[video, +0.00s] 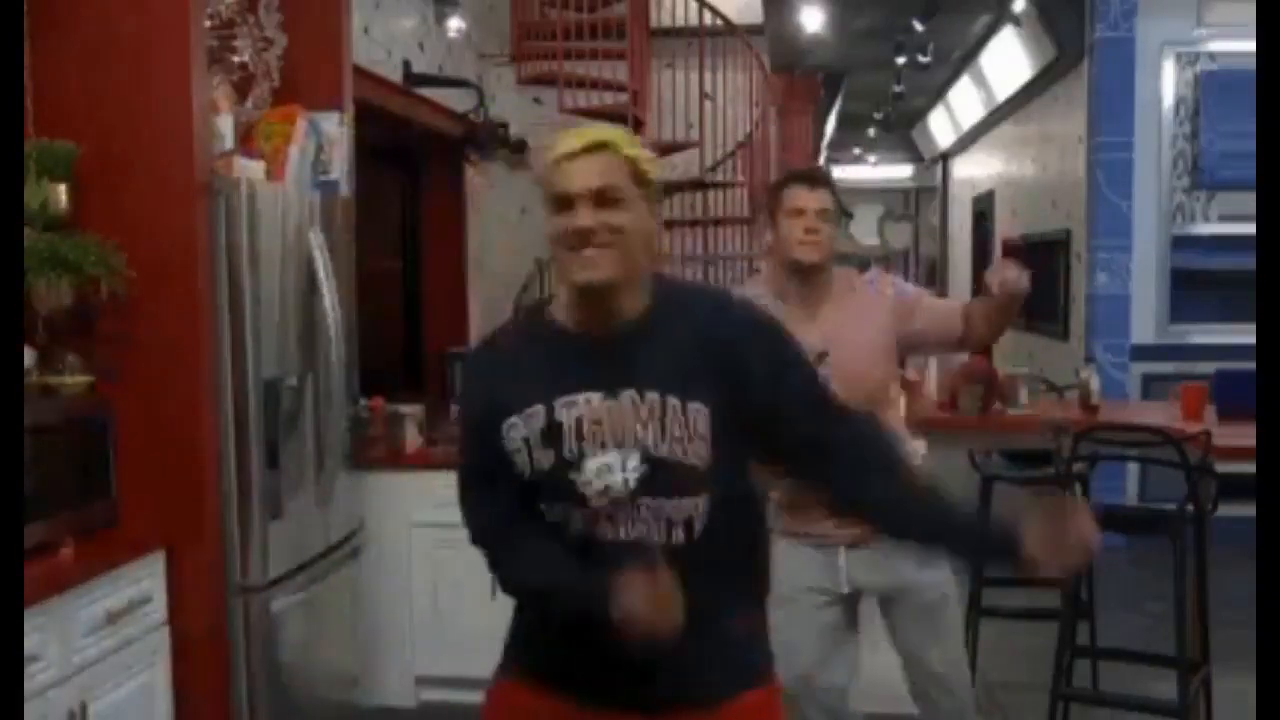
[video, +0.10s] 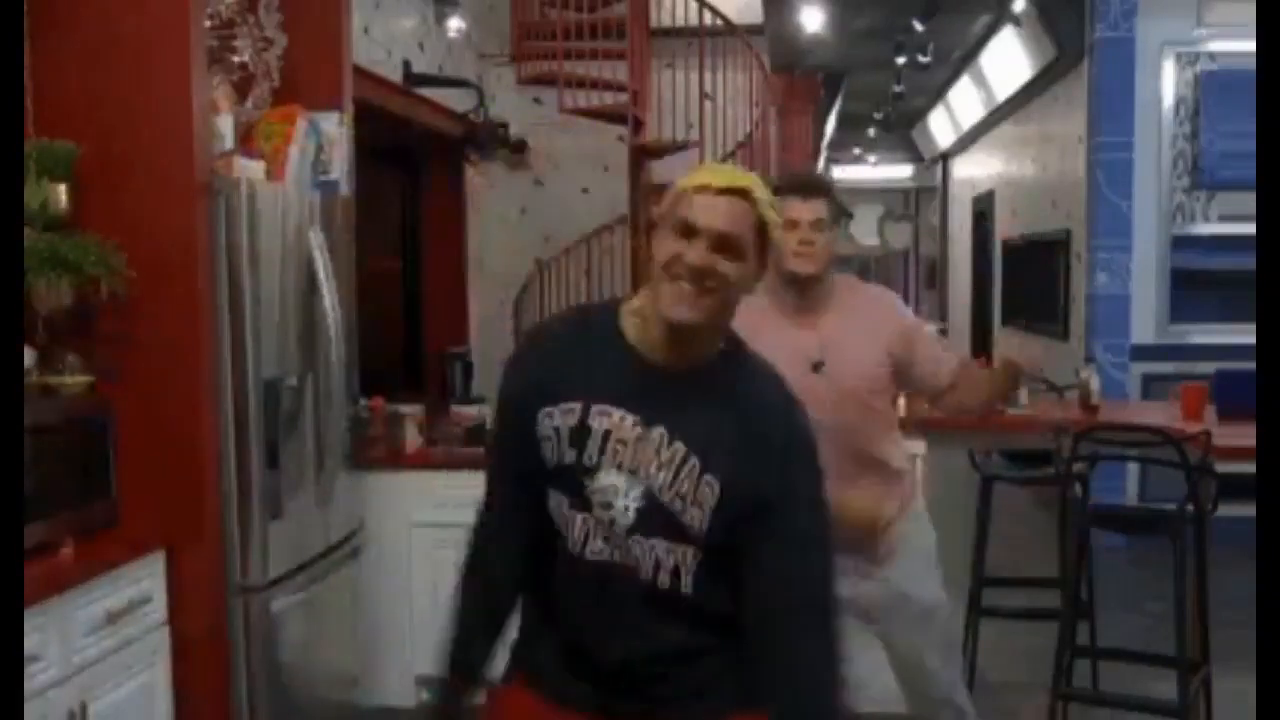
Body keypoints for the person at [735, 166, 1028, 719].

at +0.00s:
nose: (811, 226)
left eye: (823, 216)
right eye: (797, 216)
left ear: (838, 229)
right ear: (772, 232)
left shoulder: (878, 296)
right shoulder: (746, 312)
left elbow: (970, 327)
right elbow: (726, 429)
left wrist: (1003, 300)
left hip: (898, 526)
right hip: (800, 537)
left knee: (945, 689)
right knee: (811, 693)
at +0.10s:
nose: (805, 238)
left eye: (819, 226)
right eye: (790, 226)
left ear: (836, 237)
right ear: (767, 236)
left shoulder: (876, 309)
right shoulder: (740, 323)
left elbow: (952, 389)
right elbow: (725, 449)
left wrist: (1001, 376)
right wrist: (826, 508)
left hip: (893, 533)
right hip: (797, 535)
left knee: (939, 691)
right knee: (870, 701)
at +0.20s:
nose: (789, 231)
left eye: (803, 219)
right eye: (776, 220)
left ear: (823, 229)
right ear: (758, 230)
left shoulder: (868, 301)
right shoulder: (732, 312)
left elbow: (923, 398)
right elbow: (713, 434)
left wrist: (1010, 434)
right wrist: (780, 543)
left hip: (876, 540)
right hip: (775, 547)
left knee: (935, 699)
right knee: (789, 705)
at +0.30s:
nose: (736, 197)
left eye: (750, 184)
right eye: (723, 186)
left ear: (774, 195)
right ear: (705, 201)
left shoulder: (823, 273)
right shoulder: (679, 269)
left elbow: (865, 381)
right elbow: (650, 381)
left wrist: (884, 498)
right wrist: (655, 499)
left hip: (815, 518)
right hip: (708, 521)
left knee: (882, 671)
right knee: (682, 676)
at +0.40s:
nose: (711, 204)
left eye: (724, 191)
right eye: (697, 195)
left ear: (750, 202)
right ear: (681, 209)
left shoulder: (798, 282)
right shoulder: (657, 281)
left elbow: (827, 403)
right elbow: (628, 394)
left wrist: (809, 525)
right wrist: (625, 511)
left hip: (783, 519)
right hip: (682, 525)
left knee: (849, 668)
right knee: (678, 685)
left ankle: (884, 712)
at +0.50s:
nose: (688, 218)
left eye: (701, 206)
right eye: (675, 209)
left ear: (728, 218)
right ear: (661, 225)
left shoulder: (777, 301)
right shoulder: (631, 305)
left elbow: (793, 425)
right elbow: (603, 412)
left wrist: (734, 517)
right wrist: (602, 519)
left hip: (757, 515)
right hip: (653, 523)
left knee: (821, 664)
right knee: (623, 671)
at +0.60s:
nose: (660, 215)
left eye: (673, 202)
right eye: (647, 207)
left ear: (701, 212)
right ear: (637, 222)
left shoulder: (762, 297)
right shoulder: (610, 295)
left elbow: (761, 420)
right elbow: (565, 391)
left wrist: (681, 436)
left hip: (724, 524)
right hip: (615, 521)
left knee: (736, 687)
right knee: (582, 679)